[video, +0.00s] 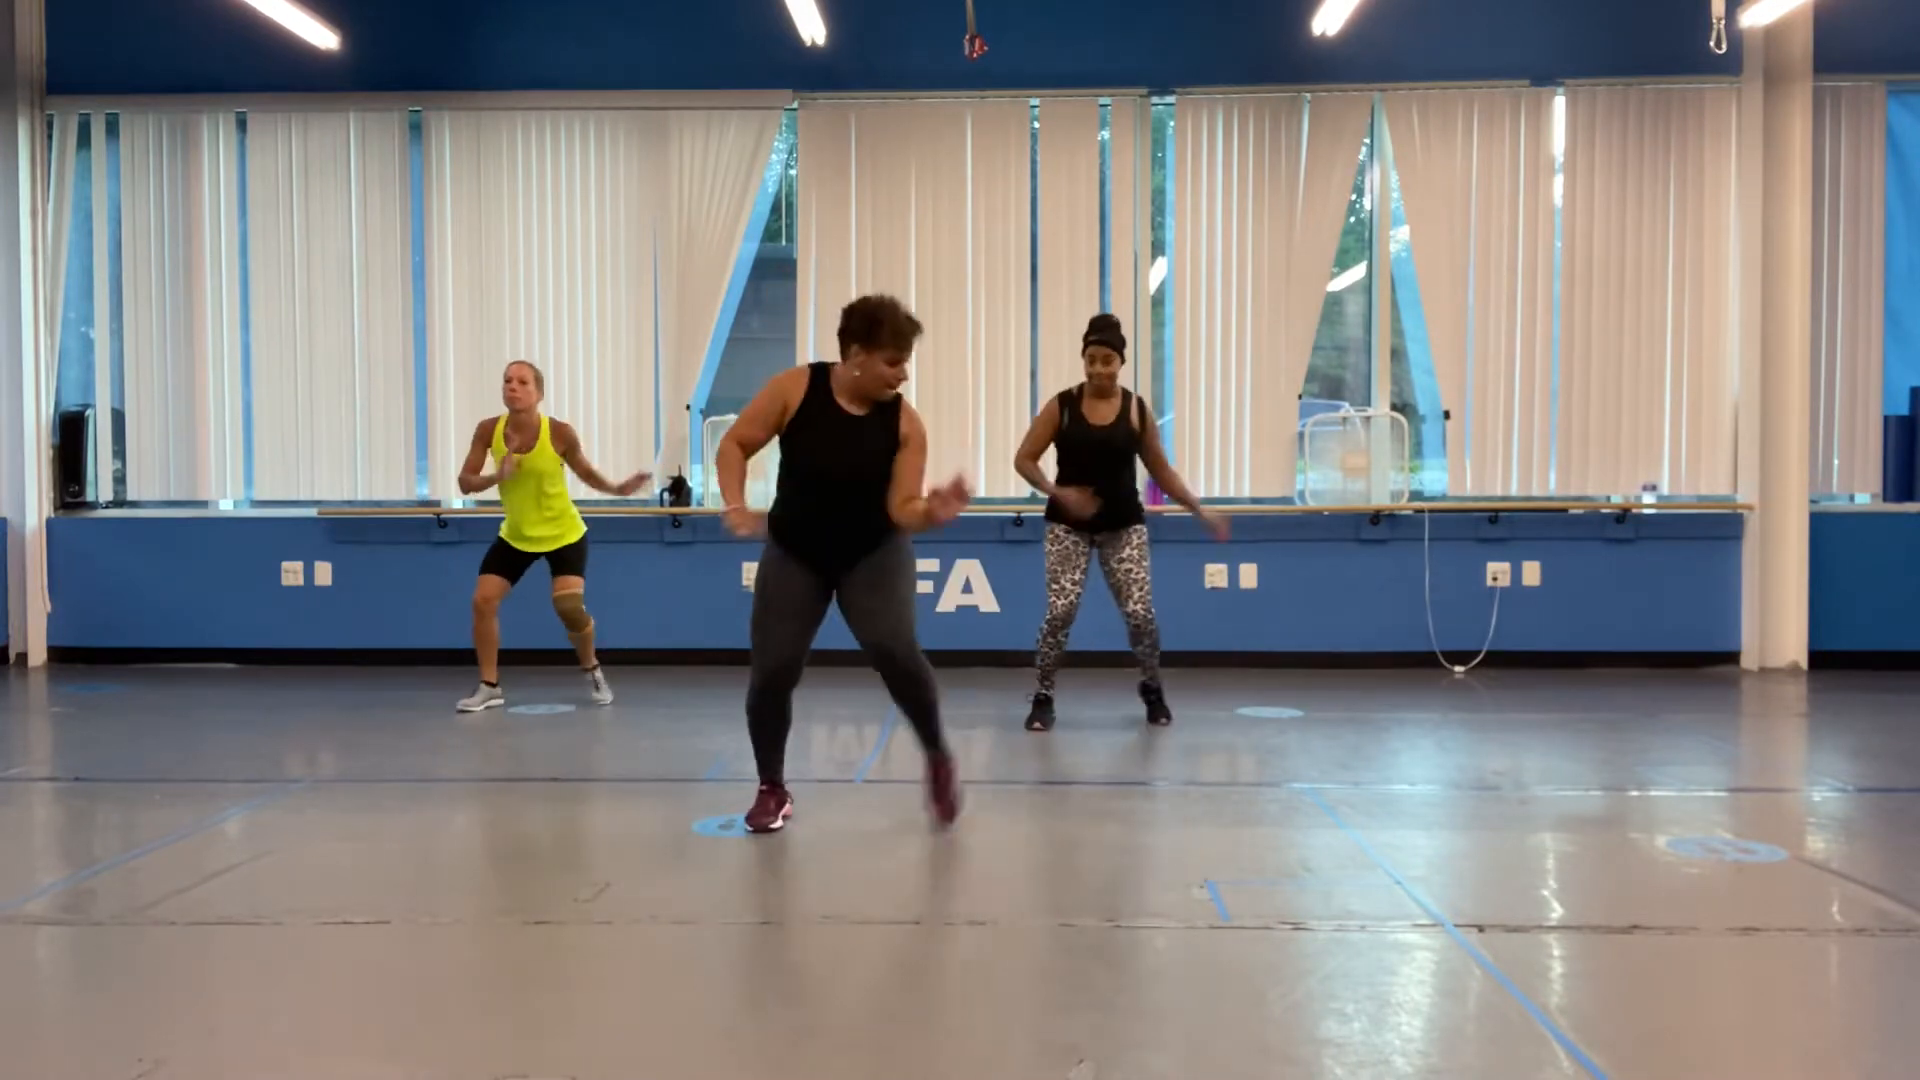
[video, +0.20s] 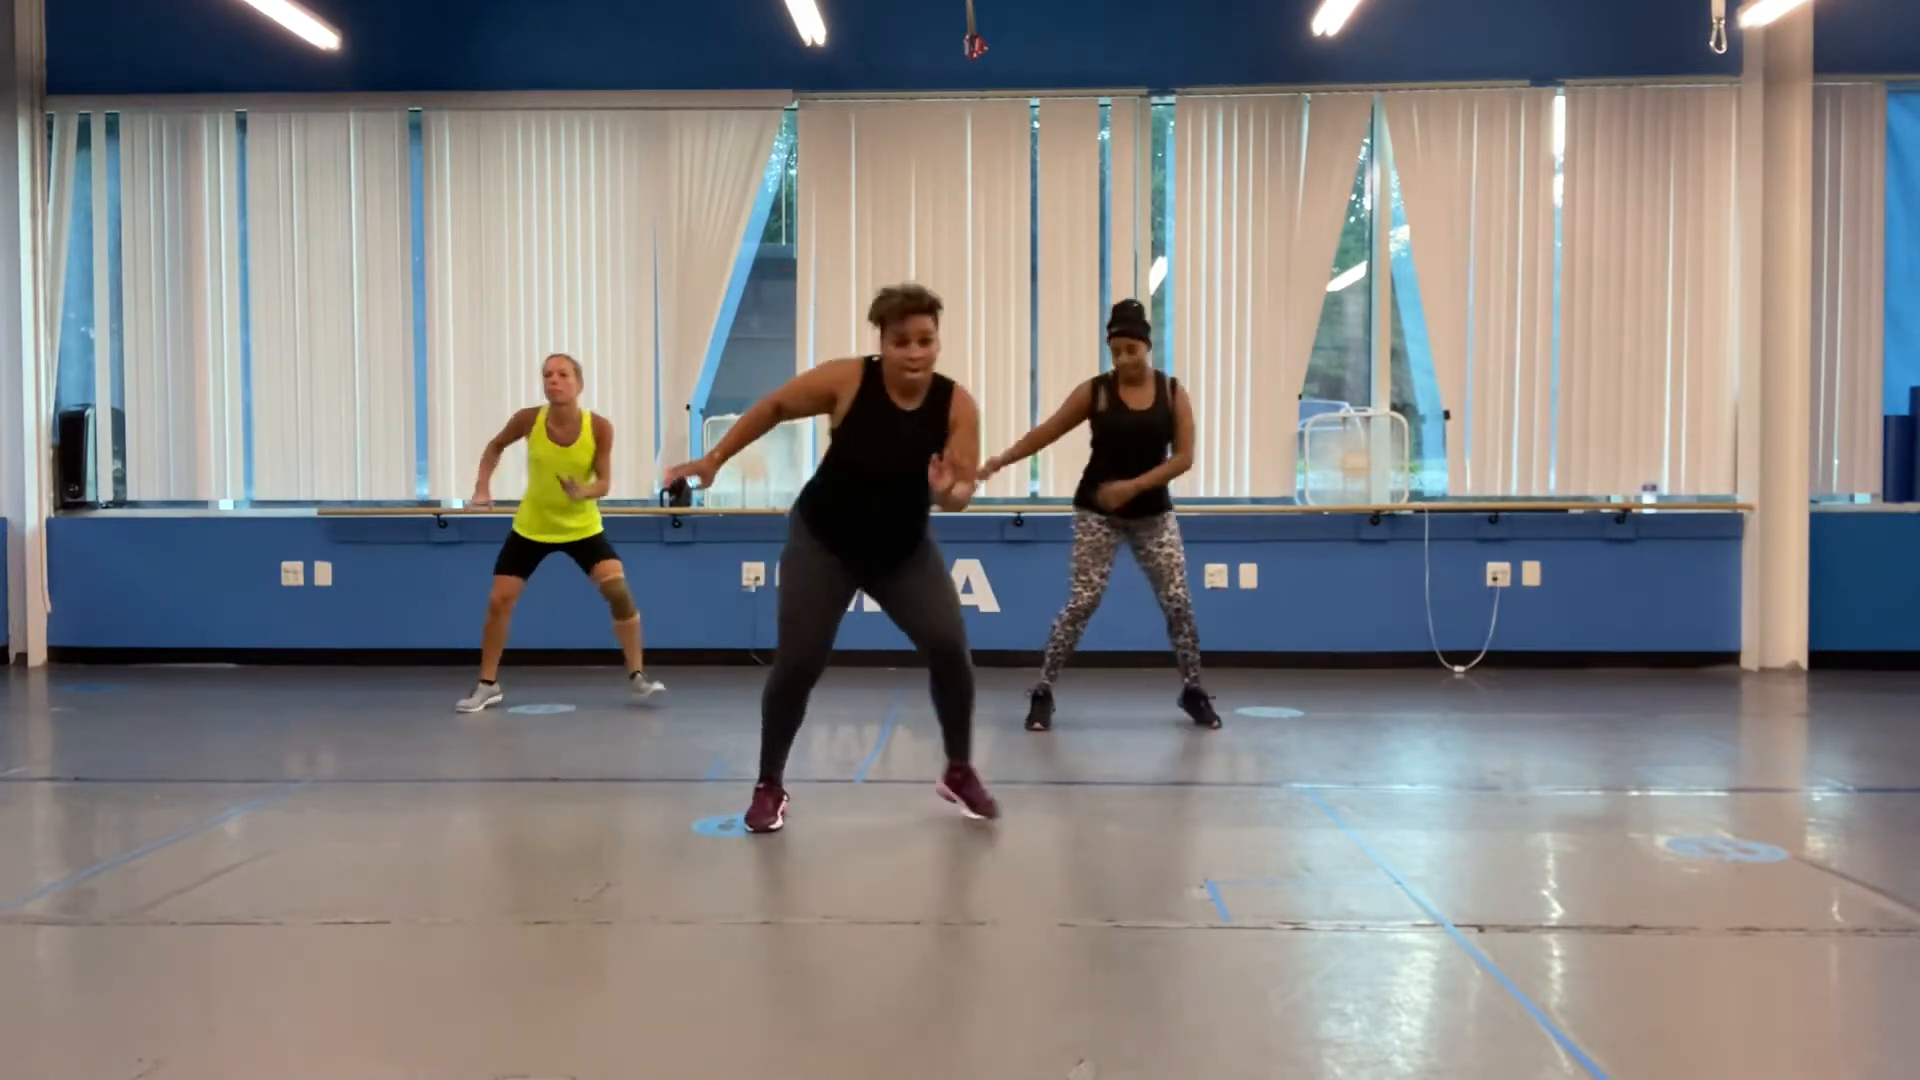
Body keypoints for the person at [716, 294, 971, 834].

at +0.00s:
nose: (903, 372)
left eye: (905, 361)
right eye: (894, 361)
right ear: (855, 357)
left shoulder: (905, 425)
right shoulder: (794, 389)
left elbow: (903, 511)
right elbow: (732, 446)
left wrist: (932, 510)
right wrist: (736, 505)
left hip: (873, 554)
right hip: (795, 552)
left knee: (895, 654)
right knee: (772, 671)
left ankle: (938, 758)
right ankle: (771, 788)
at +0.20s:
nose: (916, 353)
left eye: (926, 342)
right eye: (903, 342)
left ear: (938, 344)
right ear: (880, 343)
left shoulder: (956, 405)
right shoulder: (844, 380)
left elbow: (964, 490)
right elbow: (773, 408)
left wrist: (945, 490)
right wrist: (712, 461)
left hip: (901, 546)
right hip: (825, 541)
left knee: (950, 647)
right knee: (797, 665)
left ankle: (959, 770)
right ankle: (769, 785)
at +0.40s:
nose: (952, 350)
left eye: (961, 337)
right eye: (939, 341)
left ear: (978, 338)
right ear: (923, 346)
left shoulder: (1009, 404)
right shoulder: (897, 388)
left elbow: (1016, 488)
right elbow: (825, 425)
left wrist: (987, 491)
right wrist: (761, 470)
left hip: (964, 550)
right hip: (888, 542)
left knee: (986, 667)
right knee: (859, 661)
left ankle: (976, 788)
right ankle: (857, 758)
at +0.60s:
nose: (989, 340)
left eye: (998, 327)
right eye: (975, 332)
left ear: (1016, 328)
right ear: (960, 339)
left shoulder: (1048, 378)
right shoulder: (938, 382)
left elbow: (1076, 454)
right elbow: (867, 412)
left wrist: (1017, 446)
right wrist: (794, 453)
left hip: (998, 540)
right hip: (922, 533)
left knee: (1043, 642)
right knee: (909, 656)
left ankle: (1024, 764)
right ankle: (897, 777)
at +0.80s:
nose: (1023, 353)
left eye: (1032, 340)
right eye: (1010, 345)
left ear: (1050, 345)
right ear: (994, 354)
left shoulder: (1085, 396)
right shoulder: (974, 412)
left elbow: (1130, 458)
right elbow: (907, 457)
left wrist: (1049, 459)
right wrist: (836, 486)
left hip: (1048, 557)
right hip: (971, 548)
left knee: (1093, 662)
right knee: (923, 642)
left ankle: (1087, 792)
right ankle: (849, 706)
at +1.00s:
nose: (1044, 339)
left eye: (1045, 328)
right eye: (1030, 331)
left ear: (1048, 332)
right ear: (992, 341)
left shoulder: (1071, 391)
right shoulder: (957, 404)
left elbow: (1138, 433)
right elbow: (951, 486)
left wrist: (1130, 478)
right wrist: (967, 549)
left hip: (1051, 555)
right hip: (971, 553)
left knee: (1090, 666)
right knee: (923, 665)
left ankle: (1091, 790)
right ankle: (913, 769)